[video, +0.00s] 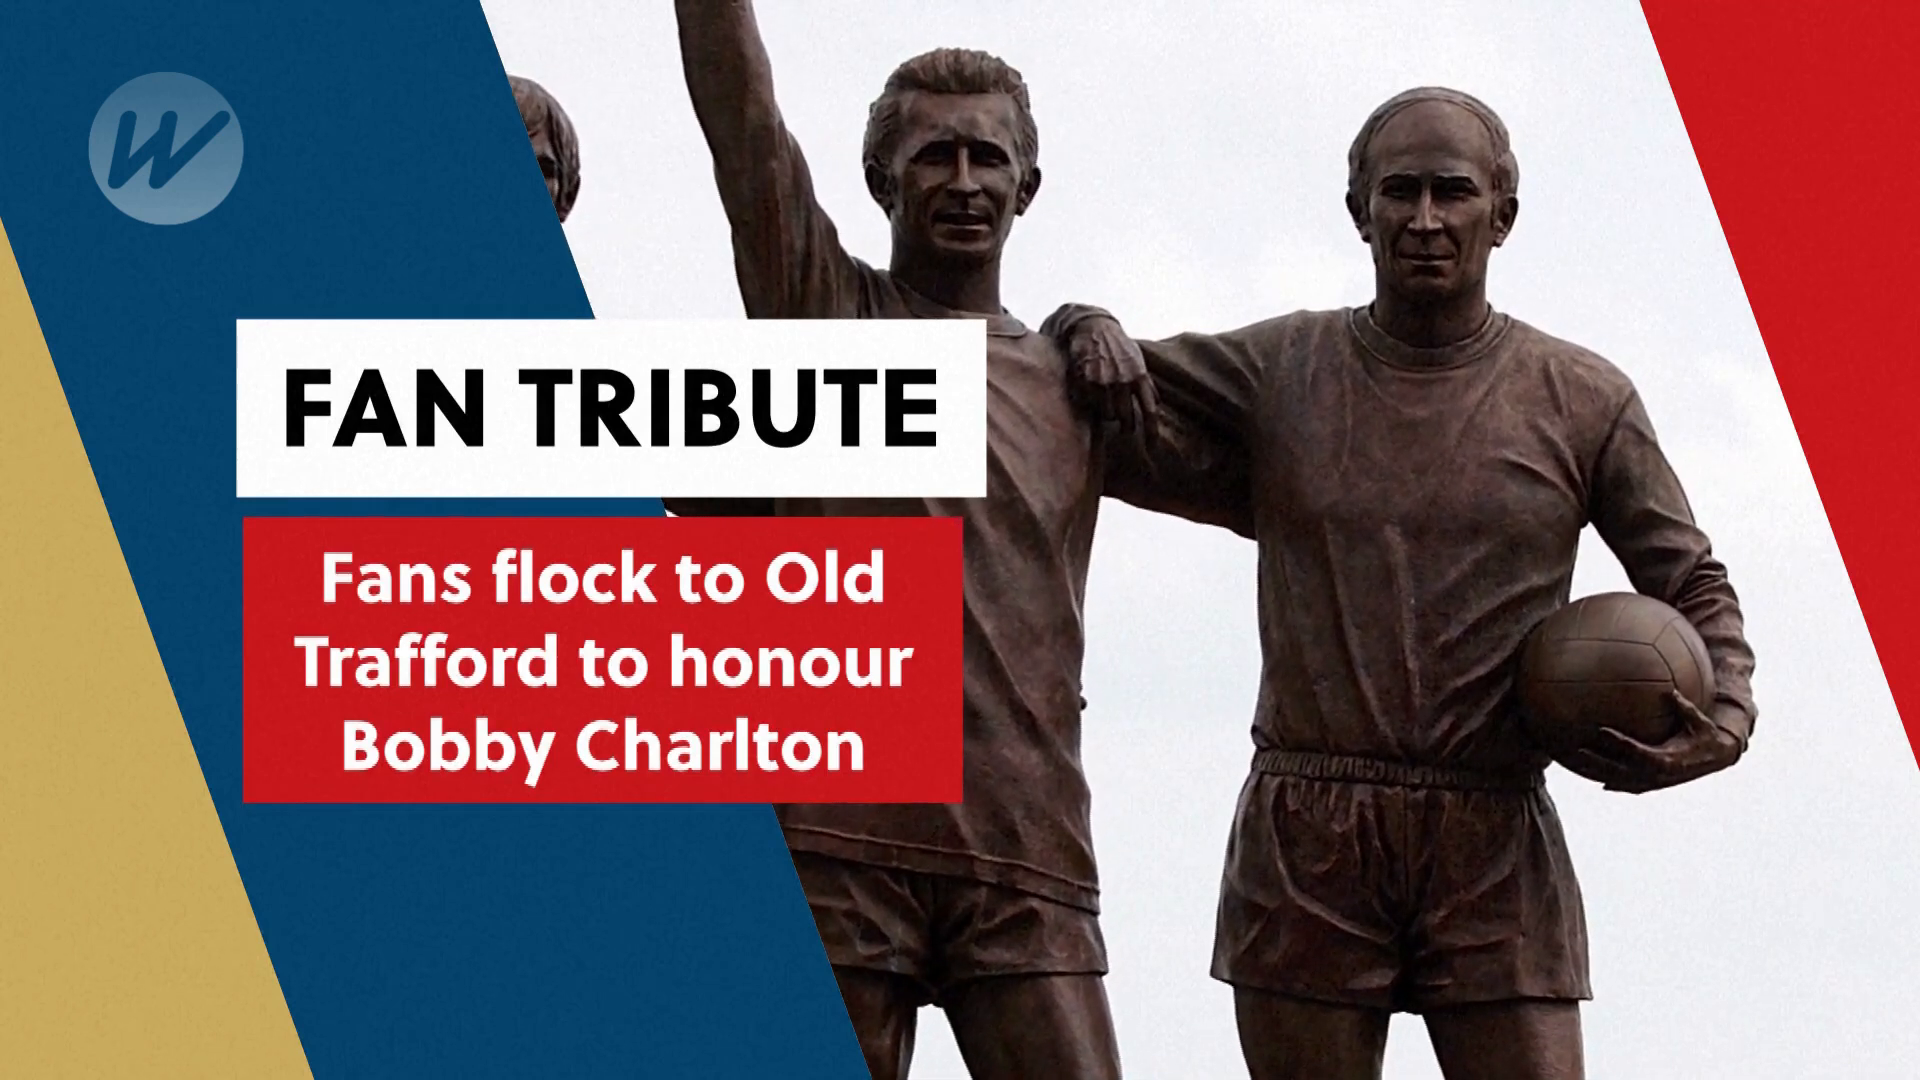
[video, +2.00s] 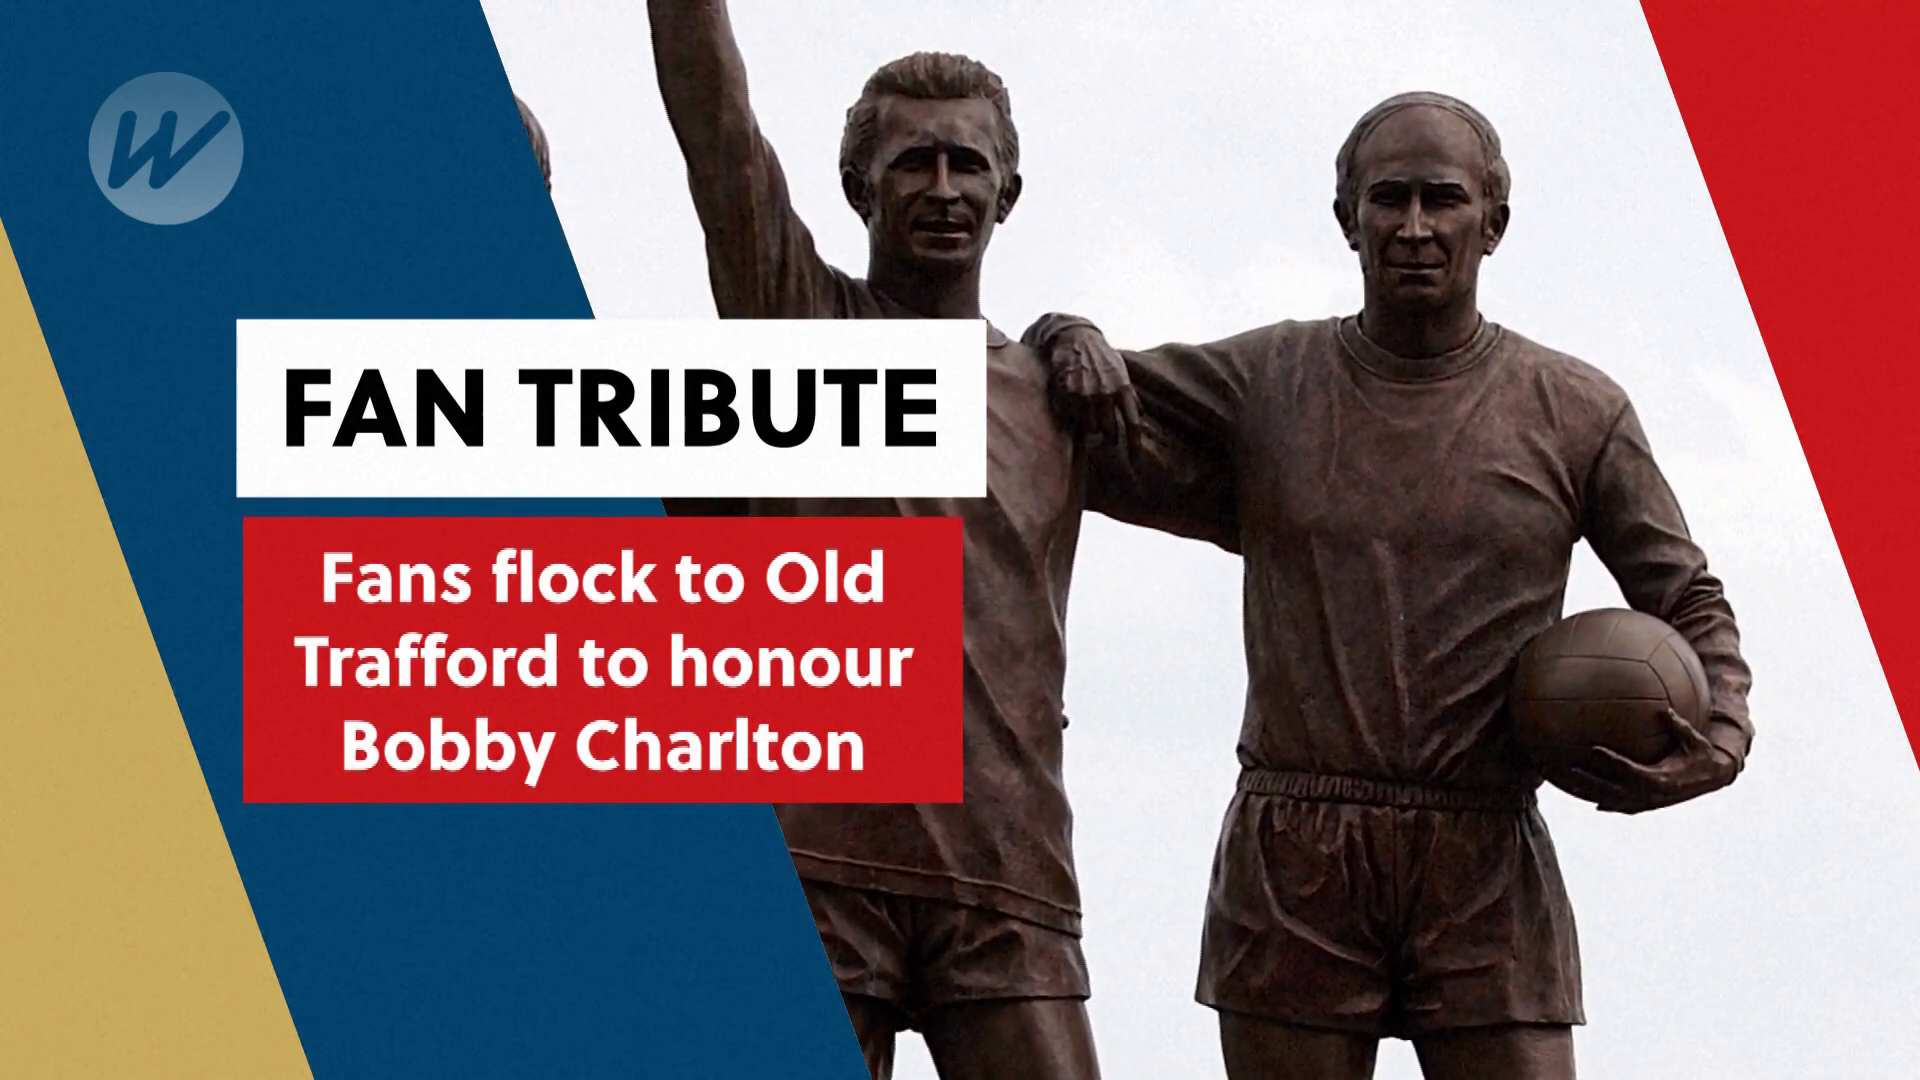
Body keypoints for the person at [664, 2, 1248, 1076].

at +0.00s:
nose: (963, 178)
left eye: (987, 156)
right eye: (933, 156)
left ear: (1024, 184)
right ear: (882, 182)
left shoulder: (1077, 388)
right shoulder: (820, 314)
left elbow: (1283, 482)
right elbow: (741, 122)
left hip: (1027, 859)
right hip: (833, 851)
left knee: (1079, 1067)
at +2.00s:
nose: (944, 185)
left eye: (968, 162)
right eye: (913, 162)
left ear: (1006, 192)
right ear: (860, 187)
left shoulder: (1060, 397)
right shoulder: (794, 325)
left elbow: (1269, 496)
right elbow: (714, 127)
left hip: (1007, 871)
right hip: (813, 870)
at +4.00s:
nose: (922, 193)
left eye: (948, 170)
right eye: (891, 169)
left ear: (987, 202)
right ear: (837, 196)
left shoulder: (1041, 406)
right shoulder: (770, 336)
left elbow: (1245, 508)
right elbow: (689, 130)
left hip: (989, 897)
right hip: (796, 891)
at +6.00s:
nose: (911, 205)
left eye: (935, 176)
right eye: (888, 174)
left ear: (967, 192)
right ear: (850, 185)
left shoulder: (1011, 413)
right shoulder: (788, 384)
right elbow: (681, 133)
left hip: (967, 885)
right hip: (805, 884)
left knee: (1003, 1051)